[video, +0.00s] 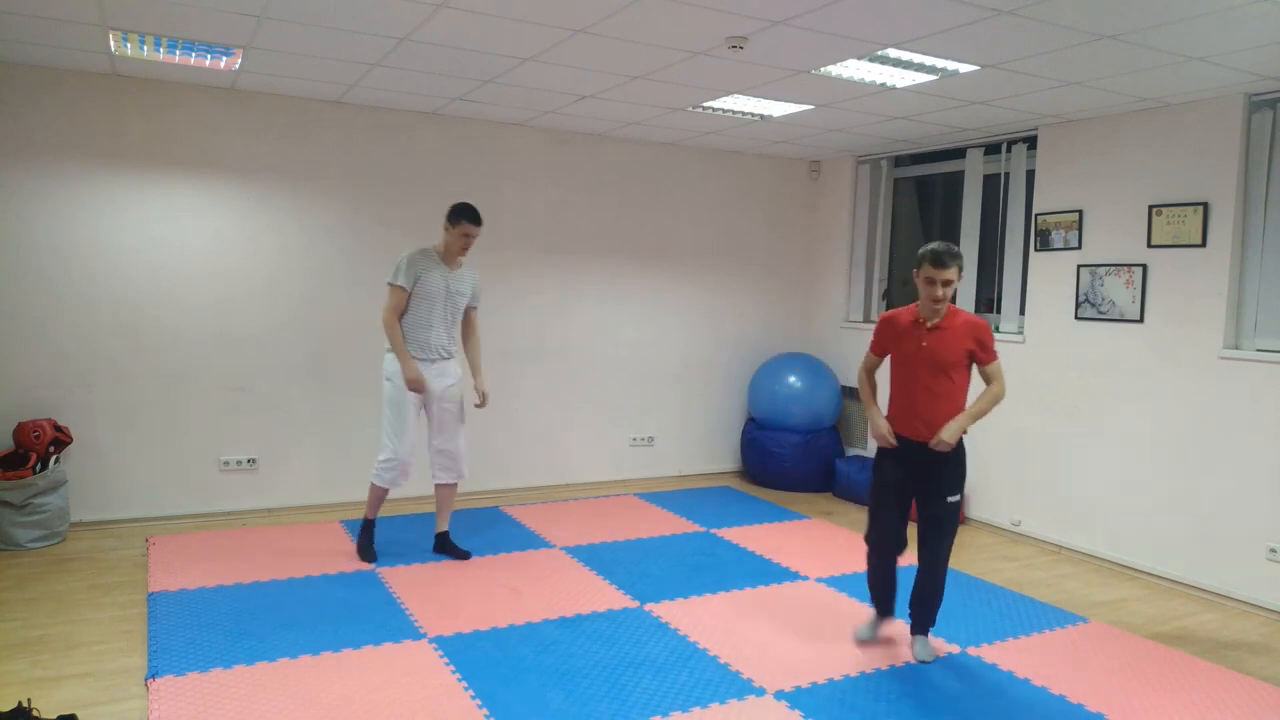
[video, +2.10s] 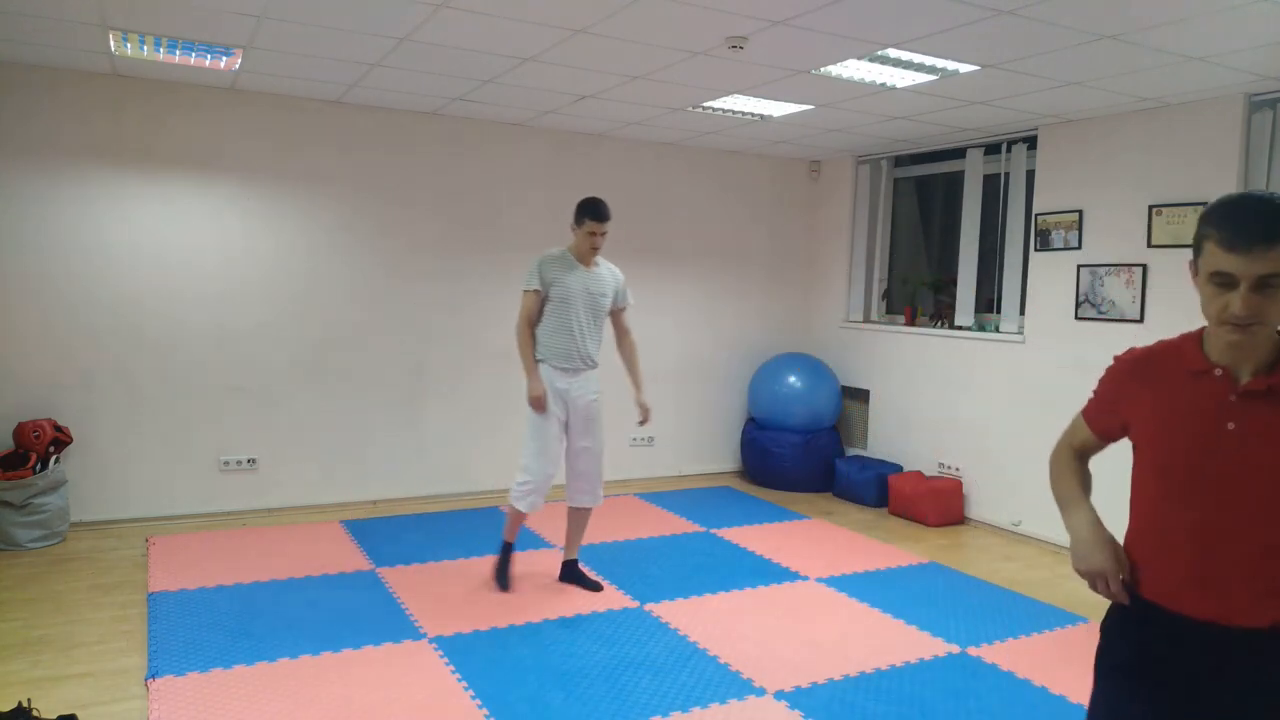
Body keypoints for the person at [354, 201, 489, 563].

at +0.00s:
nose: (469, 243)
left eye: (474, 238)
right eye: (464, 235)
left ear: (477, 238)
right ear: (446, 229)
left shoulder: (468, 277)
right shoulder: (414, 262)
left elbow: (470, 332)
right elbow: (390, 316)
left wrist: (477, 378)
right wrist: (407, 365)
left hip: (447, 369)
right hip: (406, 367)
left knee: (449, 452)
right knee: (396, 455)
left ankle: (443, 535)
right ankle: (367, 528)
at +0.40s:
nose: (485, 249)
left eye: (491, 243)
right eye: (481, 240)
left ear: (495, 243)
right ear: (465, 233)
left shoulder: (489, 281)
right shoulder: (433, 262)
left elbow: (489, 335)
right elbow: (402, 311)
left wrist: (493, 384)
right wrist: (382, 363)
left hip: (460, 371)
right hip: (420, 366)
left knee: (451, 452)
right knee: (423, 452)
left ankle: (443, 534)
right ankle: (428, 544)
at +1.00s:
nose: (479, 240)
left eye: (484, 233)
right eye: (472, 235)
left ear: (490, 230)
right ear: (455, 231)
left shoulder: (499, 268)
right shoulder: (438, 271)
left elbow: (508, 321)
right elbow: (425, 335)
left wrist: (514, 363)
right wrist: (434, 388)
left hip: (492, 375)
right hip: (454, 374)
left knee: (479, 459)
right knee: (448, 460)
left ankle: (447, 528)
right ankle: (455, 550)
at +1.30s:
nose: (486, 243)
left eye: (491, 236)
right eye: (479, 237)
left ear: (496, 230)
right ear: (461, 232)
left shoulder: (507, 266)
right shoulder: (446, 273)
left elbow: (515, 321)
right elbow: (438, 341)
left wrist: (528, 371)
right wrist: (450, 396)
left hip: (507, 377)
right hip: (467, 379)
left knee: (524, 463)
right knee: (455, 467)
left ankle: (505, 537)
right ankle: (456, 553)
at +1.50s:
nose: (507, 246)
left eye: (512, 238)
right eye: (500, 239)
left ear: (517, 234)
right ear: (482, 233)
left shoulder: (524, 267)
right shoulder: (463, 273)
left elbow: (528, 323)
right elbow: (448, 339)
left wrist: (536, 374)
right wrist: (453, 396)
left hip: (519, 380)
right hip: (477, 380)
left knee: (537, 465)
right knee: (463, 468)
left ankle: (562, 554)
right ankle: (457, 555)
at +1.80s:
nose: (554, 244)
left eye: (559, 238)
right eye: (547, 237)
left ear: (564, 237)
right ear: (530, 233)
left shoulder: (569, 277)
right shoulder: (507, 270)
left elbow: (570, 335)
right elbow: (483, 331)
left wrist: (577, 389)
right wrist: (479, 390)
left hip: (556, 385)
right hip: (511, 384)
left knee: (575, 472)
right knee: (491, 471)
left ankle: (569, 564)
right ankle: (464, 557)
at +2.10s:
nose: (598, 241)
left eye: (603, 234)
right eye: (591, 233)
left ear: (608, 233)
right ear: (574, 229)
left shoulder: (612, 277)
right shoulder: (547, 266)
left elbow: (624, 337)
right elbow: (525, 324)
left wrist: (639, 392)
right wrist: (532, 378)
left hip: (586, 382)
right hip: (548, 379)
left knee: (586, 472)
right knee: (539, 471)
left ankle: (570, 563)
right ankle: (505, 554)